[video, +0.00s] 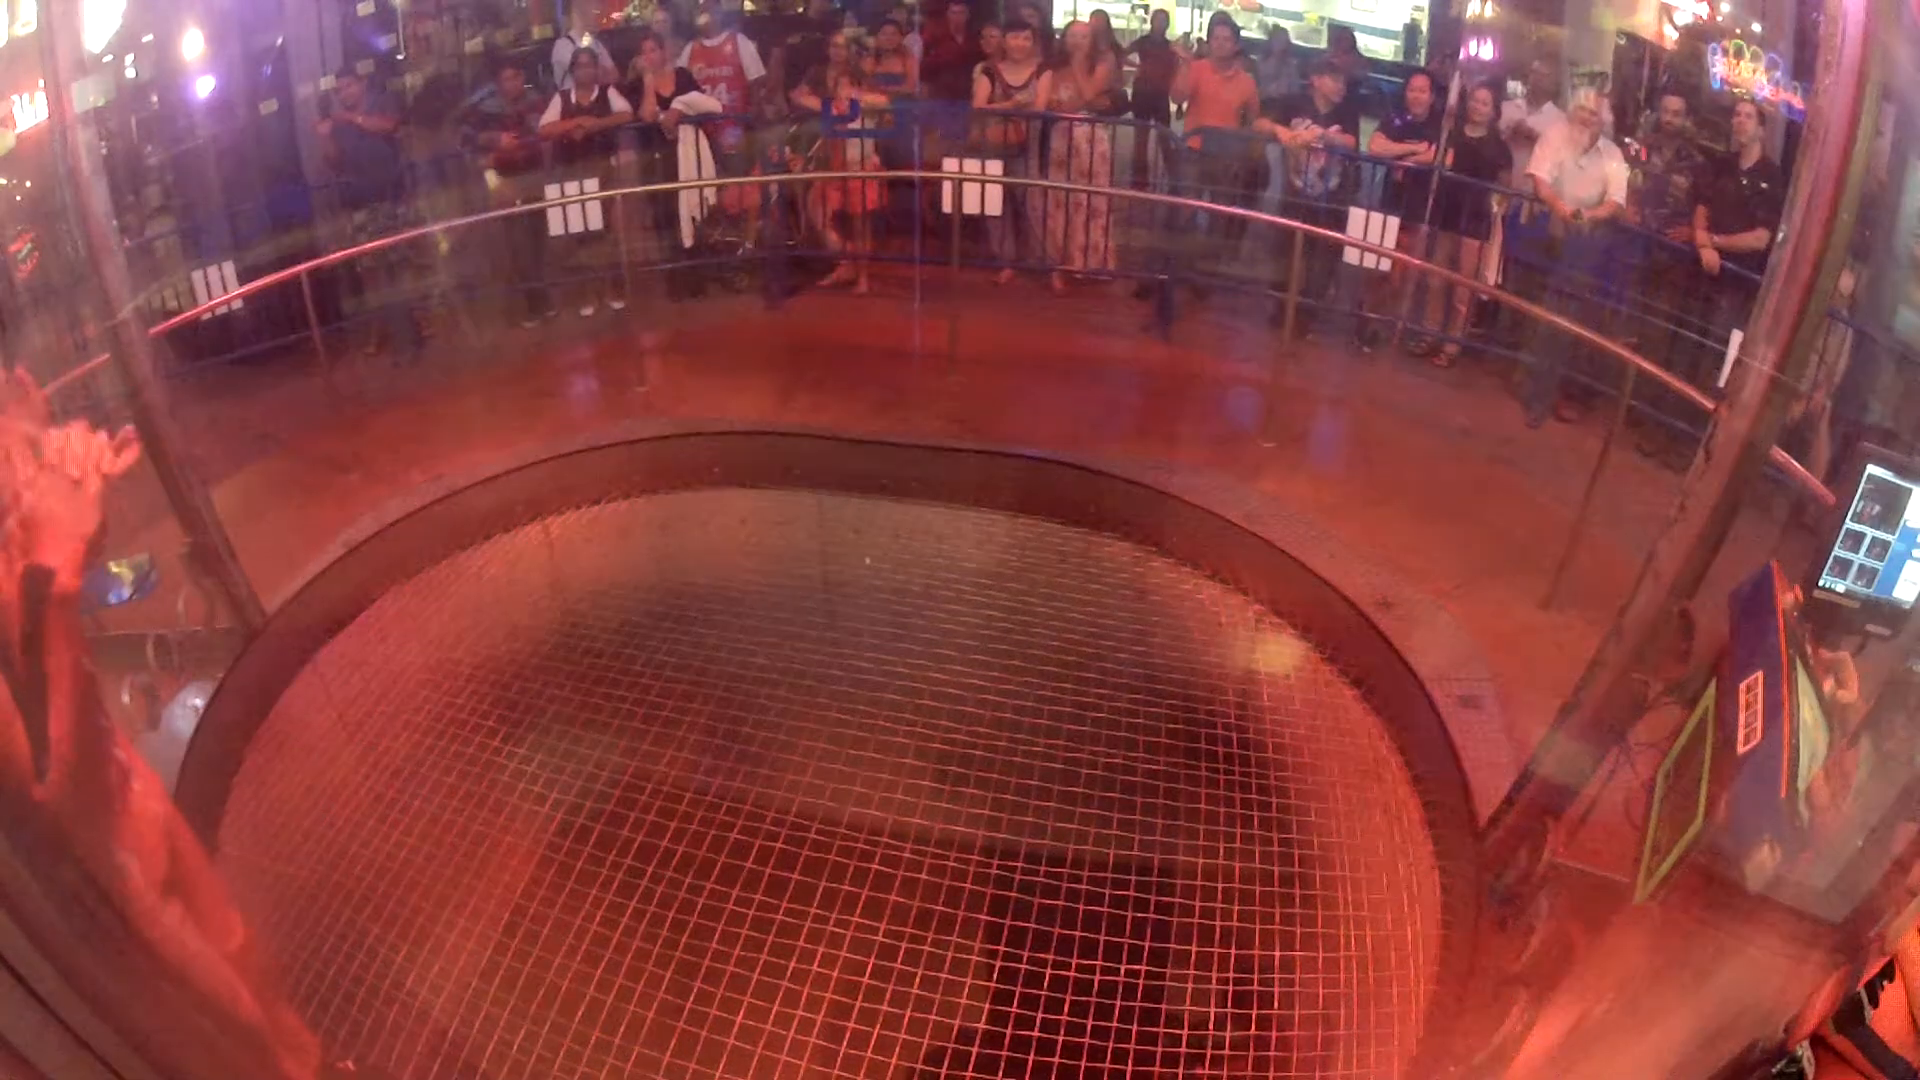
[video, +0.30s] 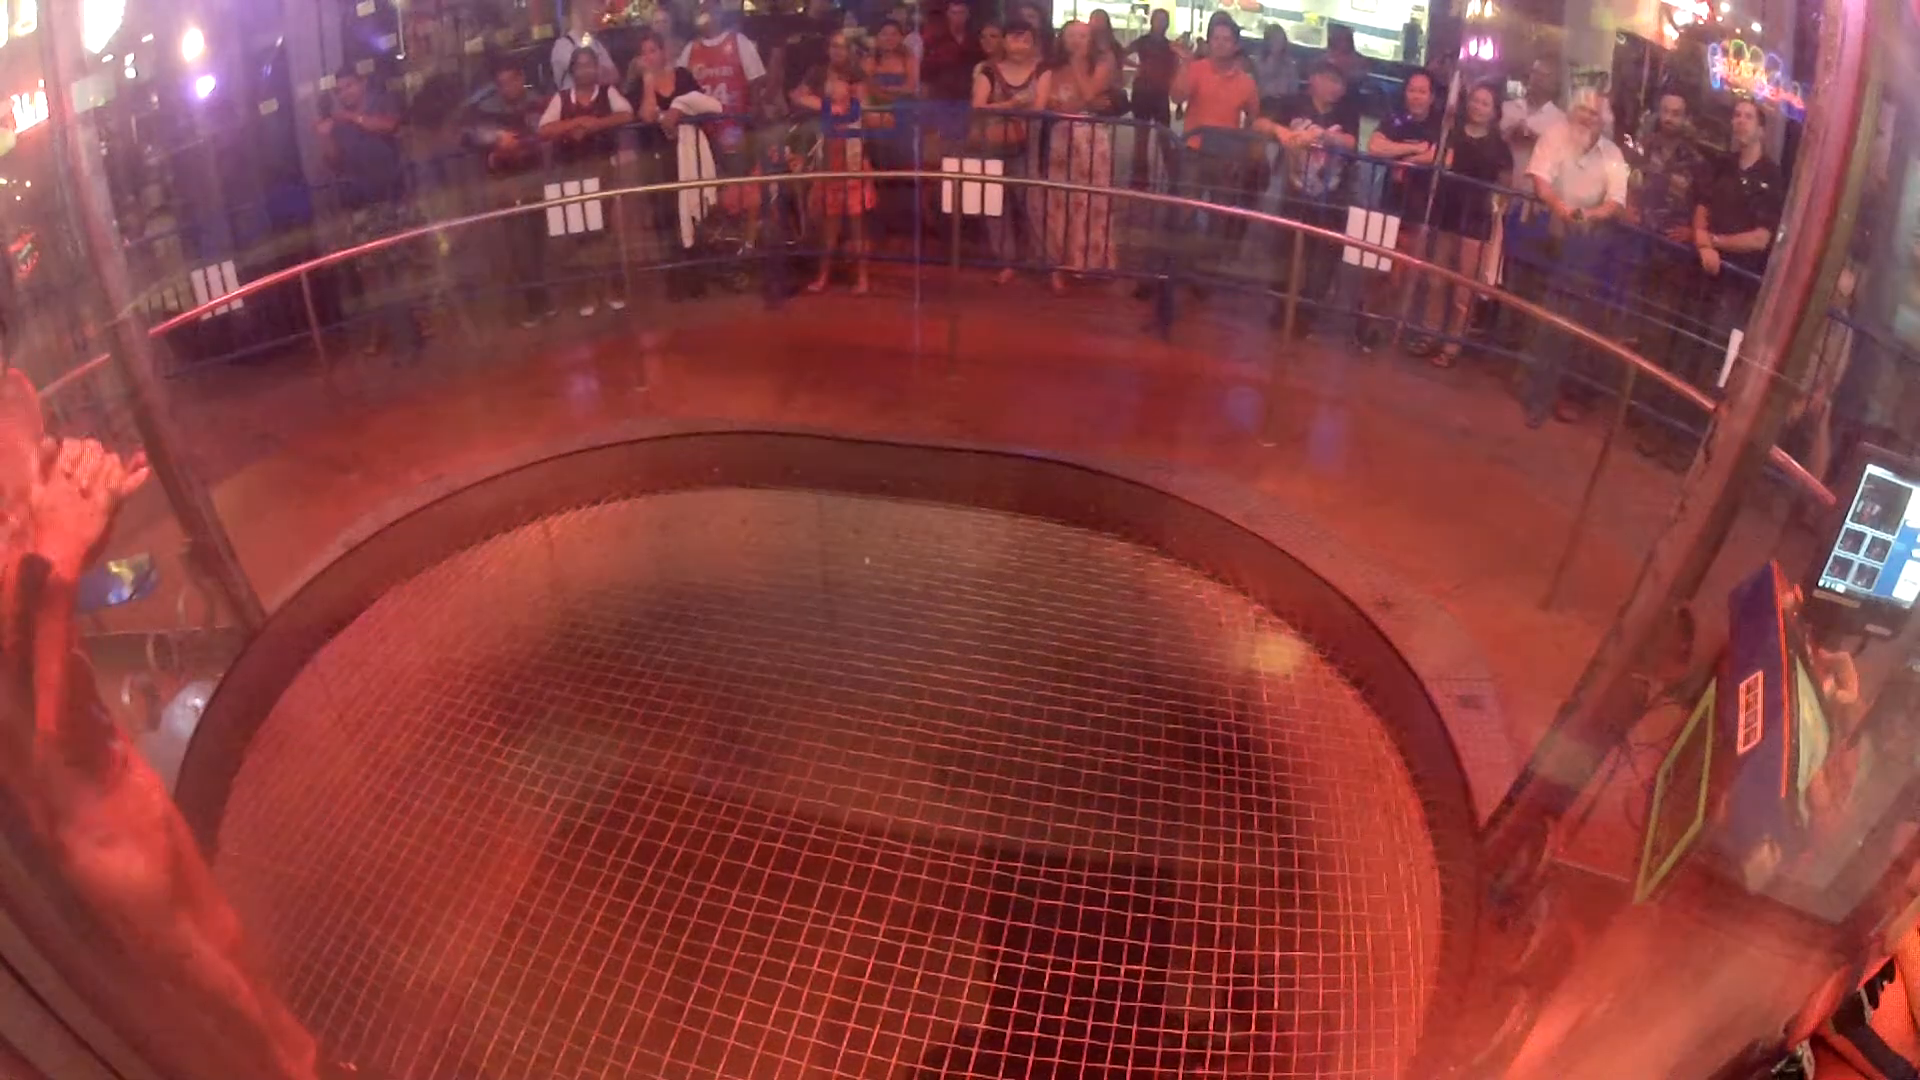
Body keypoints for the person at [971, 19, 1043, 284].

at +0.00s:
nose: (1019, 44)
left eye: (1024, 39)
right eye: (1013, 38)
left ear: (1033, 43)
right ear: (1004, 41)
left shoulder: (1042, 71)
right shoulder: (988, 71)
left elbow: (1039, 107)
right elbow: (978, 107)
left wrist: (1011, 109)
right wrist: (1010, 104)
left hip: (1027, 144)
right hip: (994, 144)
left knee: (1029, 201)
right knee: (995, 203)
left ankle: (1038, 260)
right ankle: (1004, 261)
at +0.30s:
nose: (1019, 44)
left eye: (1025, 39)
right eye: (1014, 38)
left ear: (1034, 44)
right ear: (1004, 41)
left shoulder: (1041, 71)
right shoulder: (987, 70)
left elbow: (1039, 106)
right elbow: (978, 106)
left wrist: (1011, 108)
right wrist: (1010, 104)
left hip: (1028, 143)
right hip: (995, 143)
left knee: (1030, 200)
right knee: (995, 203)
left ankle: (1038, 259)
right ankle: (1005, 261)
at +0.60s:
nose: (1016, 48)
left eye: (1023, 43)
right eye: (1012, 42)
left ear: (1034, 45)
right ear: (1004, 43)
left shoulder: (1041, 72)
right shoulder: (987, 71)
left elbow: (1038, 108)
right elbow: (977, 107)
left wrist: (1007, 108)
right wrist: (1010, 104)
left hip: (1026, 146)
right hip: (992, 147)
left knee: (1032, 203)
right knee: (994, 205)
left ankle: (1048, 263)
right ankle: (1005, 262)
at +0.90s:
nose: (1017, 51)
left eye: (1023, 45)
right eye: (1013, 45)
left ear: (1033, 48)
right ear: (1004, 46)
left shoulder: (1041, 73)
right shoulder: (987, 71)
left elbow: (1037, 107)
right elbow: (976, 107)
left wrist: (1012, 107)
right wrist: (1009, 104)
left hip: (1026, 146)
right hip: (993, 146)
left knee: (1030, 202)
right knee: (994, 205)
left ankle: (1042, 260)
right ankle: (1005, 261)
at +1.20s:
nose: (1019, 53)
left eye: (1025, 47)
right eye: (1014, 46)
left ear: (1034, 49)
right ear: (1004, 46)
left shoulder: (1041, 74)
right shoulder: (986, 71)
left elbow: (1037, 108)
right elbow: (977, 107)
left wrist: (1014, 106)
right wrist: (1008, 105)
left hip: (1025, 147)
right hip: (992, 147)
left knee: (1027, 202)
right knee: (994, 205)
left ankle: (1036, 258)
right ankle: (1004, 262)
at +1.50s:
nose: (1018, 53)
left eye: (1023, 47)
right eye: (1014, 47)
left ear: (1033, 49)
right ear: (1004, 47)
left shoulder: (1041, 74)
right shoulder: (988, 72)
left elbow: (1038, 108)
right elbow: (976, 109)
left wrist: (1016, 108)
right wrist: (1006, 107)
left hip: (1026, 147)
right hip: (993, 148)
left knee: (1030, 202)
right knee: (995, 206)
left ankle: (1038, 259)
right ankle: (1005, 263)